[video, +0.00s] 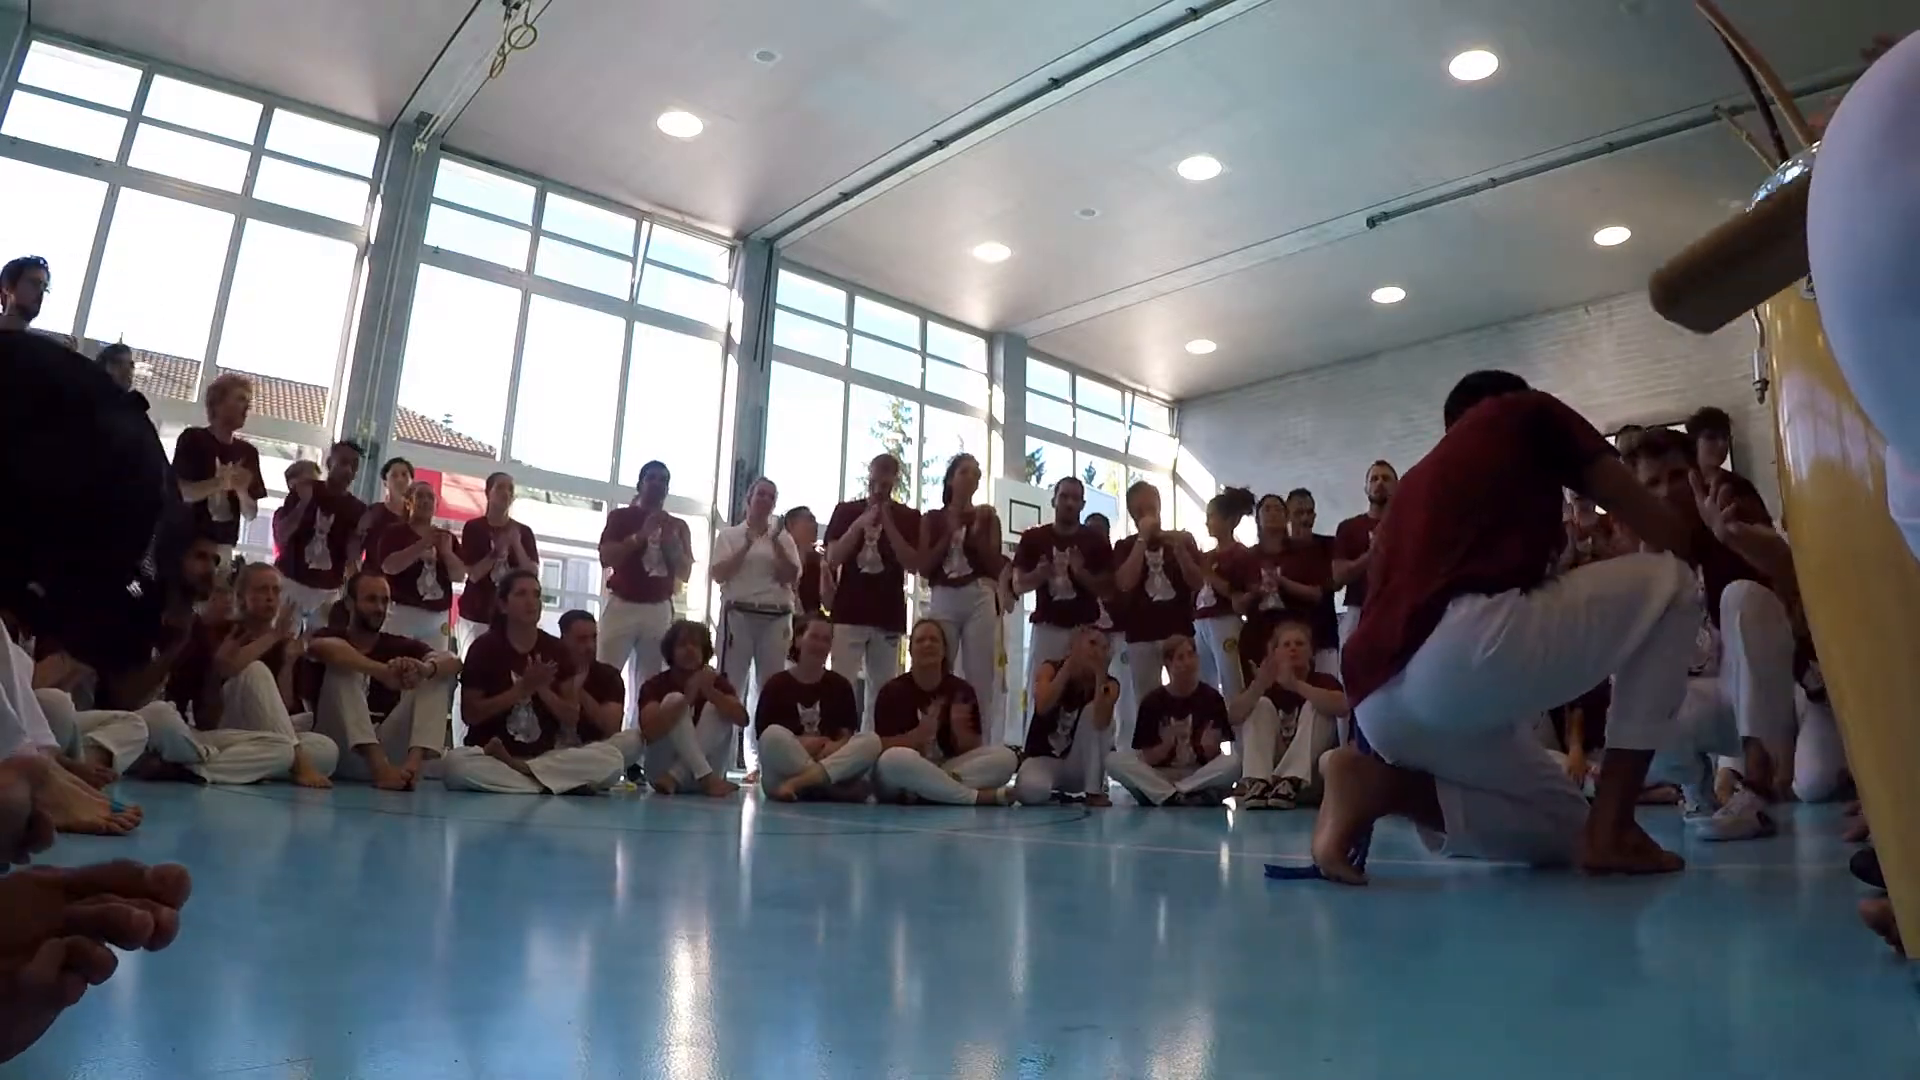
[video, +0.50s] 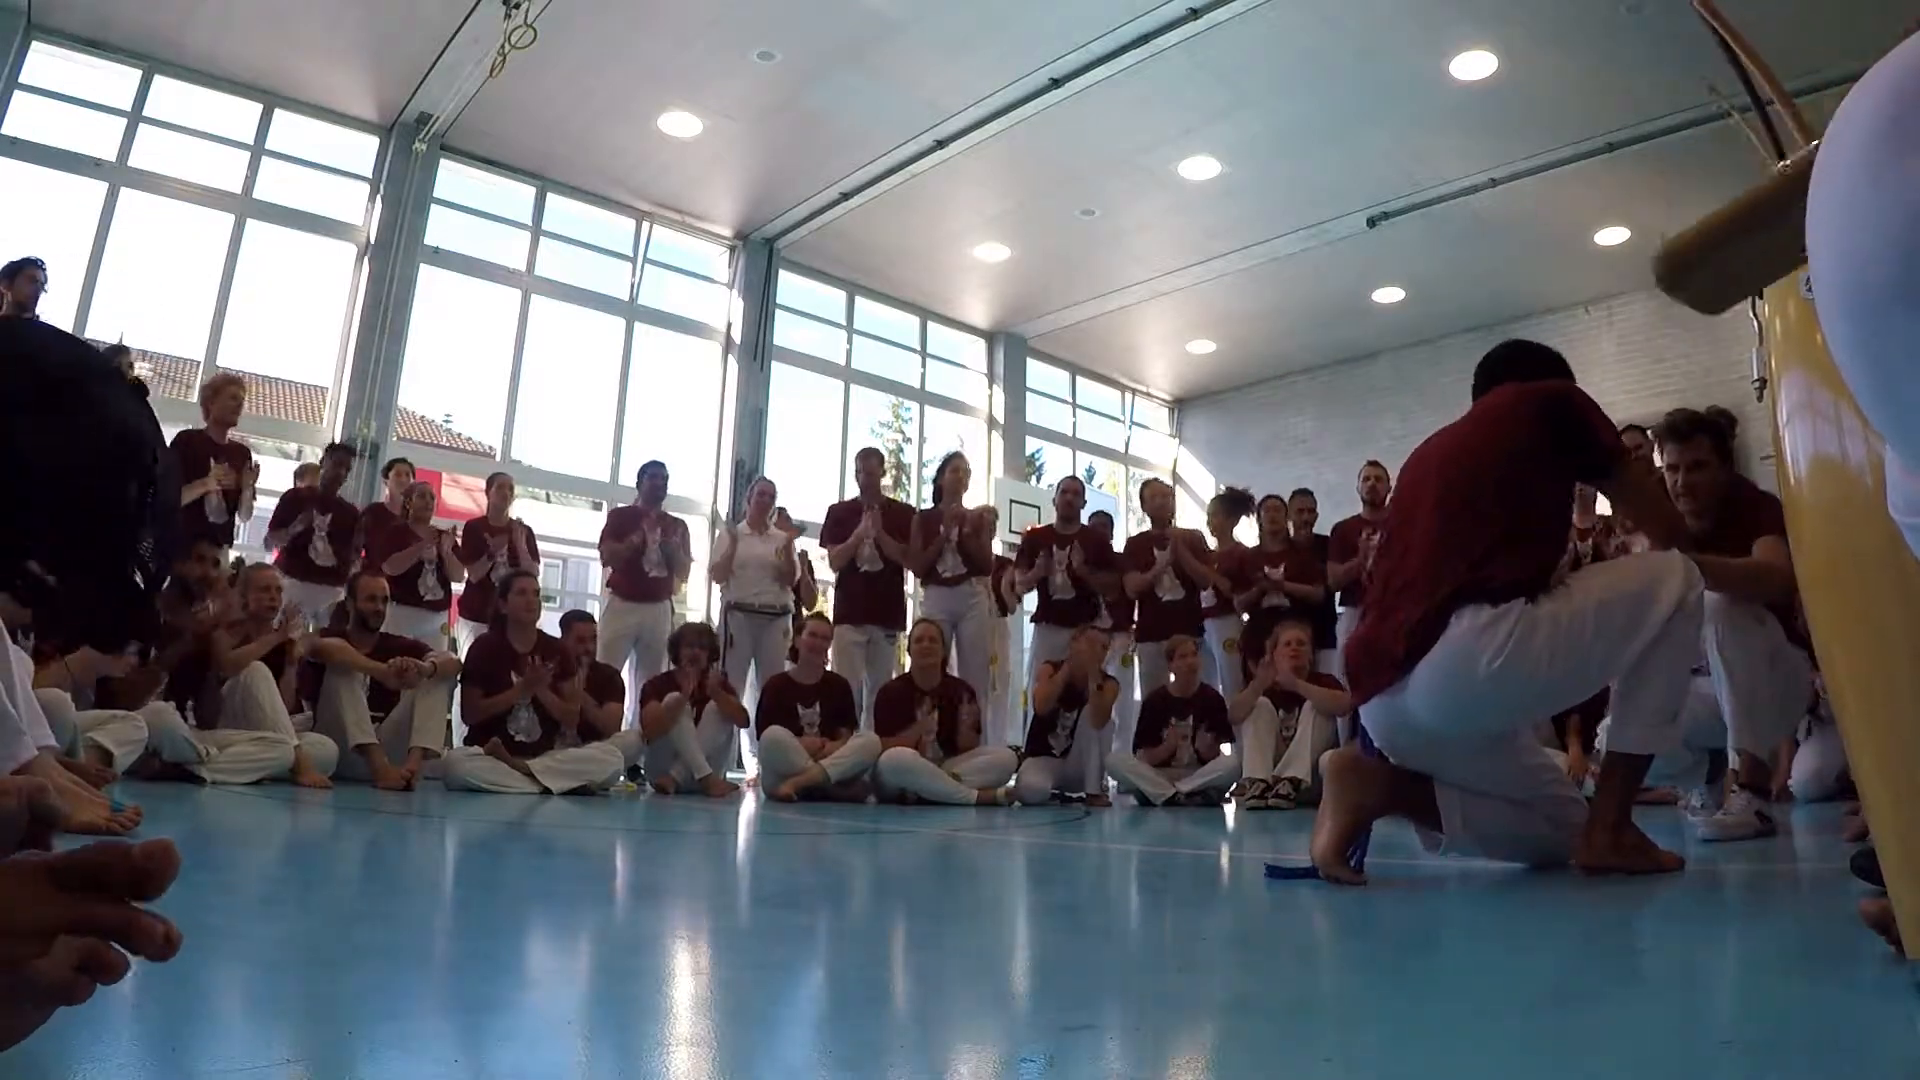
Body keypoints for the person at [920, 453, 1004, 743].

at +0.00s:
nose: (971, 477)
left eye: (976, 473)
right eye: (964, 471)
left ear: (980, 482)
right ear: (950, 478)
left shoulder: (987, 517)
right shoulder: (932, 519)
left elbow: (994, 567)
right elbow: (924, 566)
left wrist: (978, 540)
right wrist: (947, 537)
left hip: (979, 594)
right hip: (942, 594)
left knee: (980, 677)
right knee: (938, 674)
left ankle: (980, 749)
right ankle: (936, 748)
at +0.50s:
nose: (961, 475)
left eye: (965, 471)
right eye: (954, 470)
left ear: (969, 480)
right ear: (940, 478)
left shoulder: (979, 518)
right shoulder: (923, 518)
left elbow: (986, 566)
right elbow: (918, 567)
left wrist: (964, 537)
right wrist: (943, 537)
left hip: (974, 597)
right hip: (935, 597)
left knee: (975, 678)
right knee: (931, 675)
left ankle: (974, 748)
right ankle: (930, 746)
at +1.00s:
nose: (955, 477)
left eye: (960, 472)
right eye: (948, 472)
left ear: (965, 479)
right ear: (935, 478)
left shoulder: (977, 519)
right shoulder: (921, 520)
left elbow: (985, 566)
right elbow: (920, 569)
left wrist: (965, 537)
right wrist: (949, 540)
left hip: (974, 596)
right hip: (936, 596)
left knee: (976, 679)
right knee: (933, 676)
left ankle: (975, 750)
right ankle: (932, 751)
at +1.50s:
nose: (965, 477)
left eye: (970, 473)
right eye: (959, 472)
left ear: (975, 482)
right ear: (947, 479)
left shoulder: (986, 516)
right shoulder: (932, 521)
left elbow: (993, 565)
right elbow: (927, 569)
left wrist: (972, 537)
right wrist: (949, 535)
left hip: (982, 597)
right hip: (944, 597)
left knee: (982, 681)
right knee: (940, 677)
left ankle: (981, 751)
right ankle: (937, 751)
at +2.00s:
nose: (970, 479)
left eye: (975, 475)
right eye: (964, 473)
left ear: (980, 482)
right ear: (950, 479)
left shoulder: (989, 519)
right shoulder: (935, 520)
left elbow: (994, 566)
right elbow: (927, 570)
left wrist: (972, 539)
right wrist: (948, 543)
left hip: (982, 598)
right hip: (945, 599)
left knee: (981, 680)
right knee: (940, 677)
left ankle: (983, 752)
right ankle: (937, 751)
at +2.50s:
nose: (962, 479)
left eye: (966, 474)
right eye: (955, 473)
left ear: (971, 480)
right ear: (942, 478)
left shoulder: (981, 519)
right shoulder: (927, 520)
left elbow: (988, 567)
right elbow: (921, 569)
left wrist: (966, 536)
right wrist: (944, 542)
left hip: (976, 598)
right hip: (938, 598)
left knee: (976, 675)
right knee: (933, 673)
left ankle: (976, 737)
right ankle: (932, 737)